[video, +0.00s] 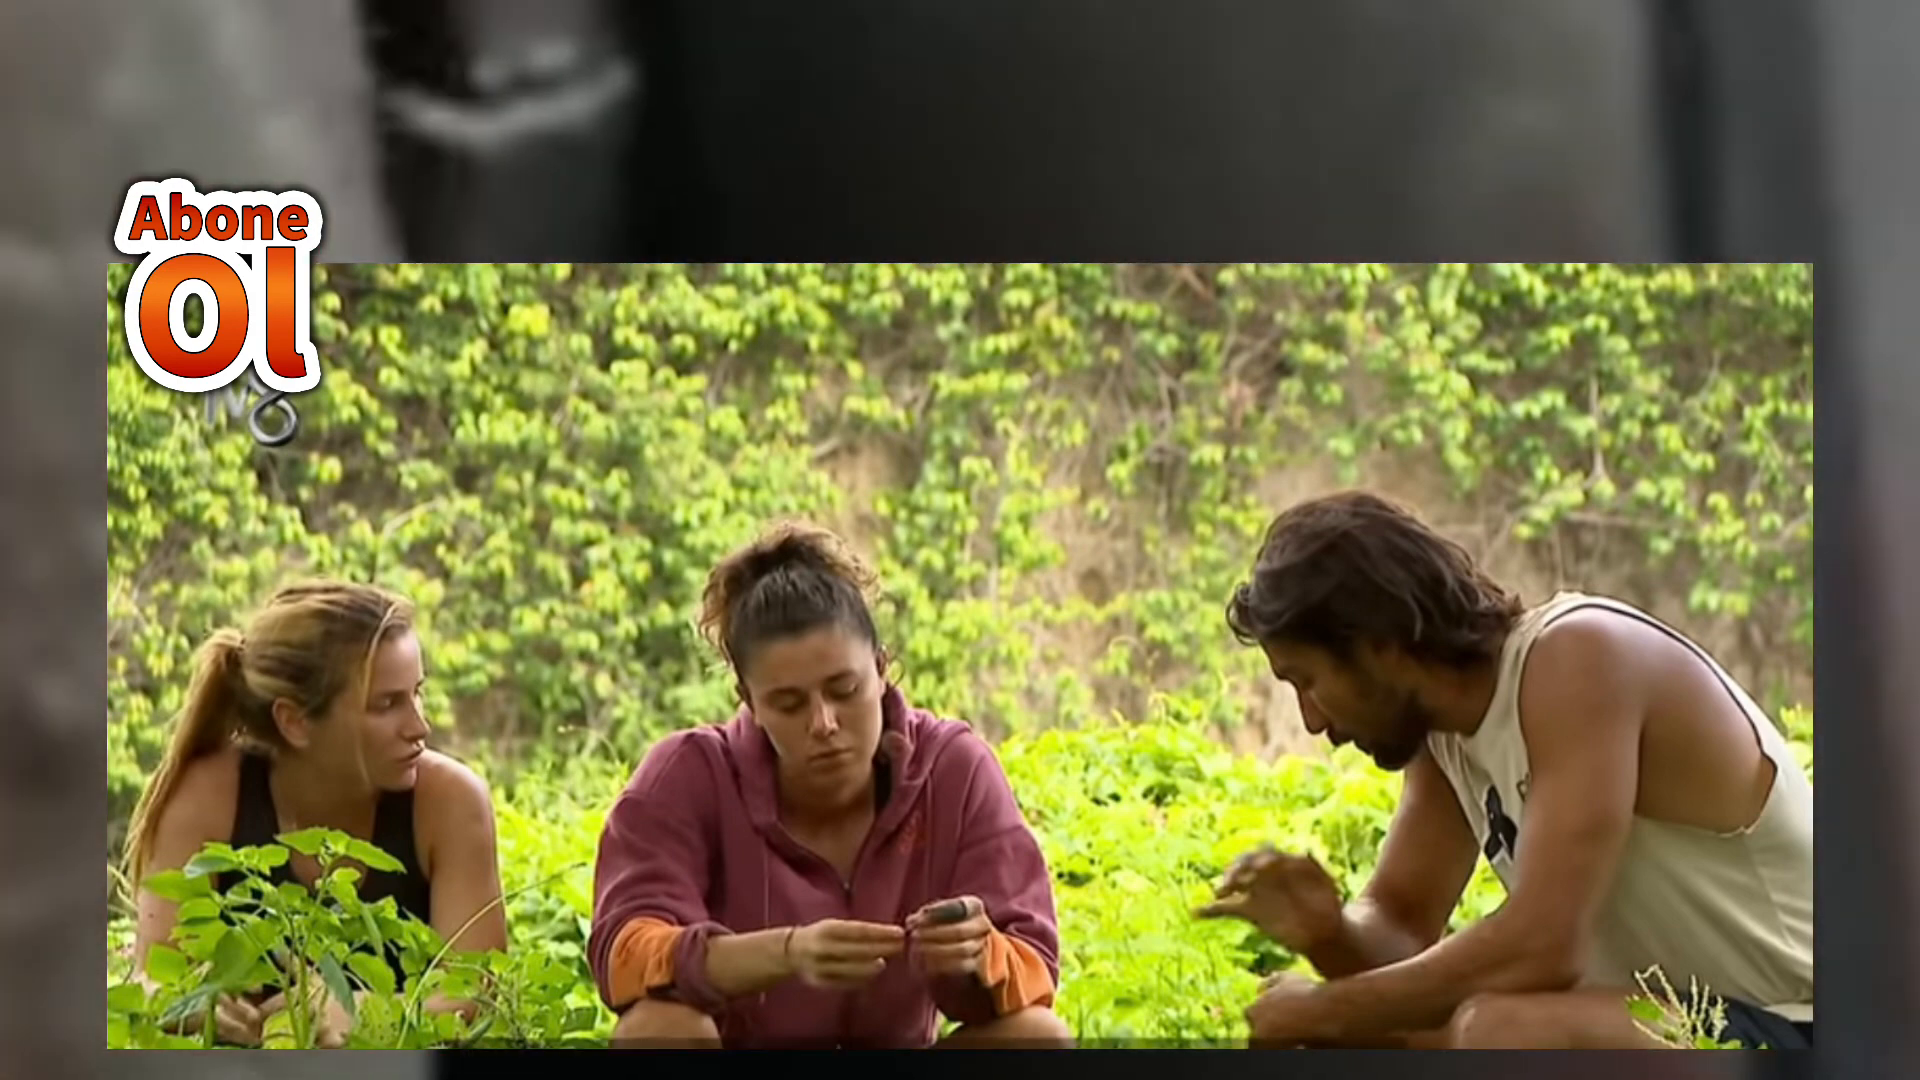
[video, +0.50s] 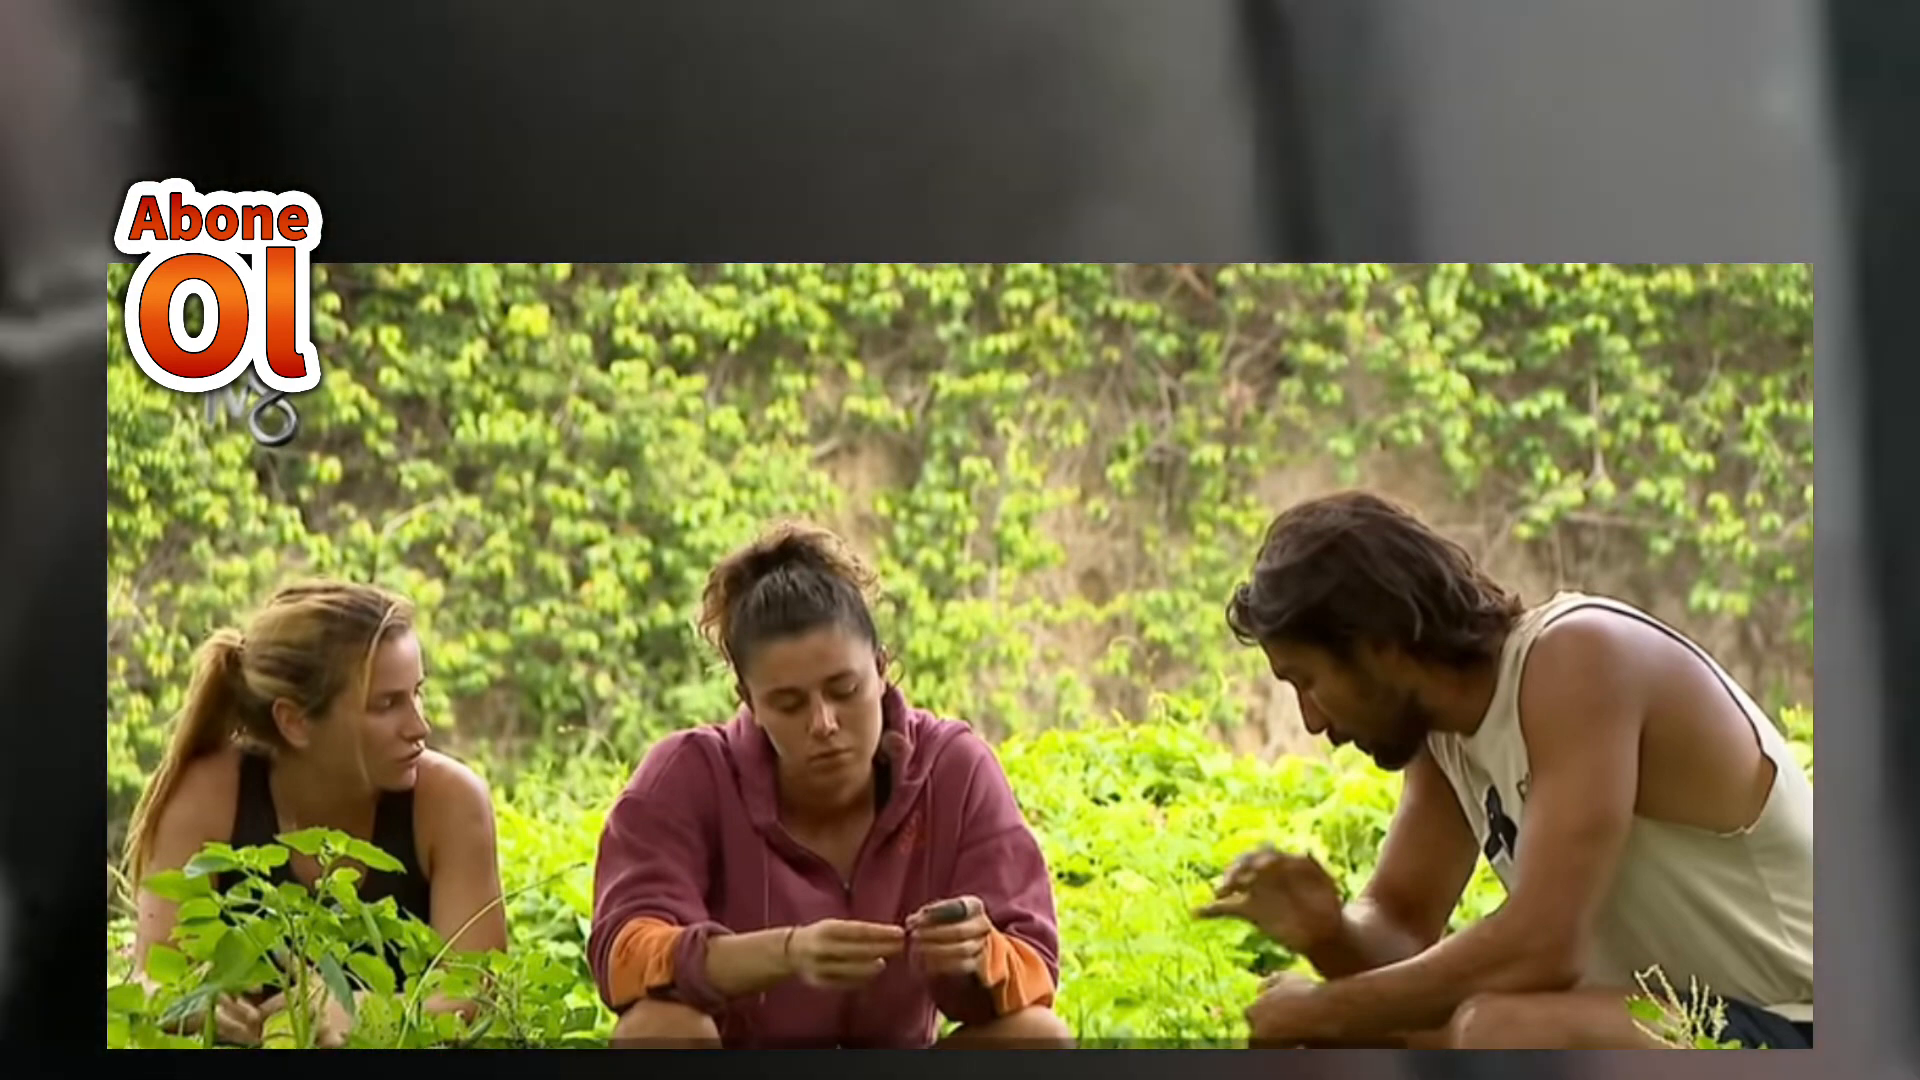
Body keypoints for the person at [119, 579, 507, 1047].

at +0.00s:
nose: (420, 725)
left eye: (417, 695)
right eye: (388, 705)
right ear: (295, 723)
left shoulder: (451, 799)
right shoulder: (206, 792)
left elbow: (471, 1002)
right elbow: (152, 983)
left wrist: (355, 1013)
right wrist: (199, 1008)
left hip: (387, 1065)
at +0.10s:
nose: (420, 725)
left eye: (417, 695)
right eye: (388, 705)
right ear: (295, 722)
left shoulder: (451, 799)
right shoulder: (206, 792)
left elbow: (470, 1003)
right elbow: (152, 984)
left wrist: (355, 1013)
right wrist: (199, 1009)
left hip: (386, 1064)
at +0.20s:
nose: (420, 725)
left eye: (417, 695)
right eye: (388, 705)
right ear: (295, 722)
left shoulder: (451, 799)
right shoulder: (205, 792)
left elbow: (470, 1003)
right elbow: (153, 984)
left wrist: (355, 1013)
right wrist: (200, 1009)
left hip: (389, 1063)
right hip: (236, 1063)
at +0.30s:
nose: (420, 726)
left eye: (417, 695)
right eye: (388, 705)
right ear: (295, 722)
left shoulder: (451, 800)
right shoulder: (205, 792)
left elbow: (470, 1003)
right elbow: (152, 986)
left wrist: (354, 1013)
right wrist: (202, 1009)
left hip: (385, 1062)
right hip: (241, 1059)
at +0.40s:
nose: (420, 725)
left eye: (417, 695)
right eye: (388, 705)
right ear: (295, 723)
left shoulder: (451, 800)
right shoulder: (206, 792)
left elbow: (470, 1003)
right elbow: (153, 984)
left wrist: (354, 1013)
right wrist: (199, 1009)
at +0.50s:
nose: (420, 725)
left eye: (417, 695)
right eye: (388, 705)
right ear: (295, 723)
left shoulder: (451, 800)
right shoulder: (205, 792)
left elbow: (470, 1003)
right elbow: (153, 984)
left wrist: (354, 1013)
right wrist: (200, 1009)